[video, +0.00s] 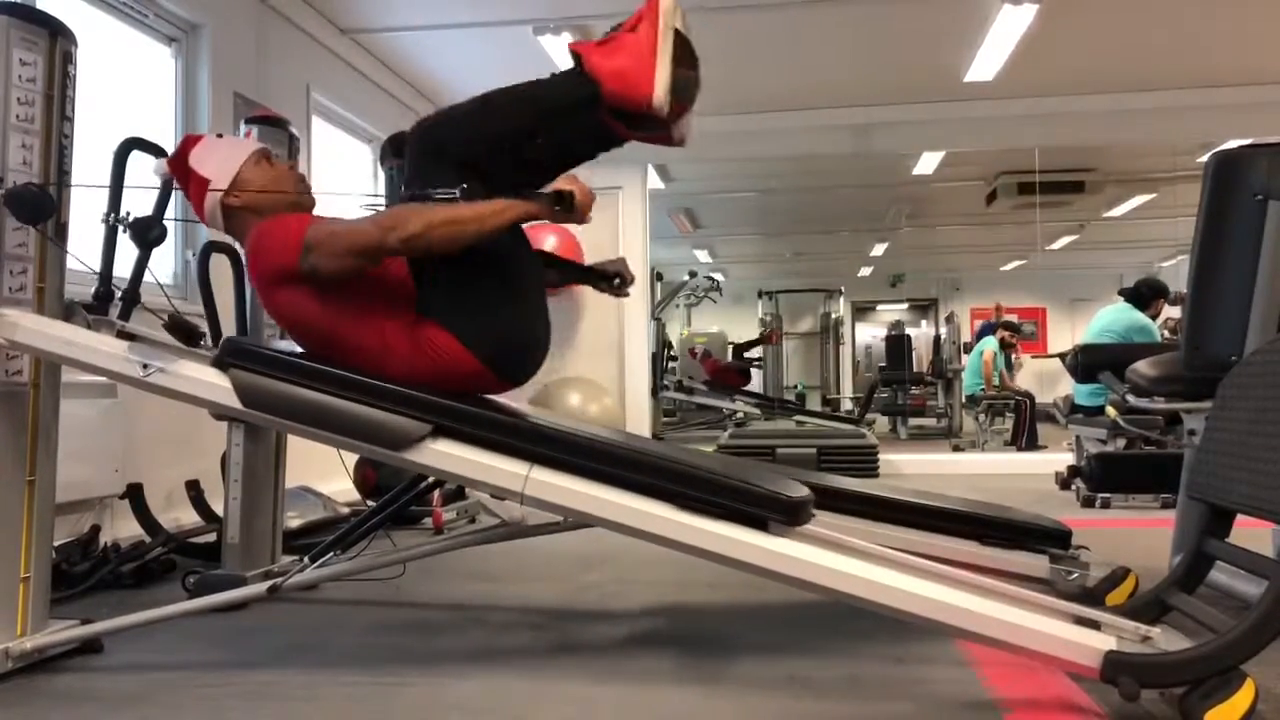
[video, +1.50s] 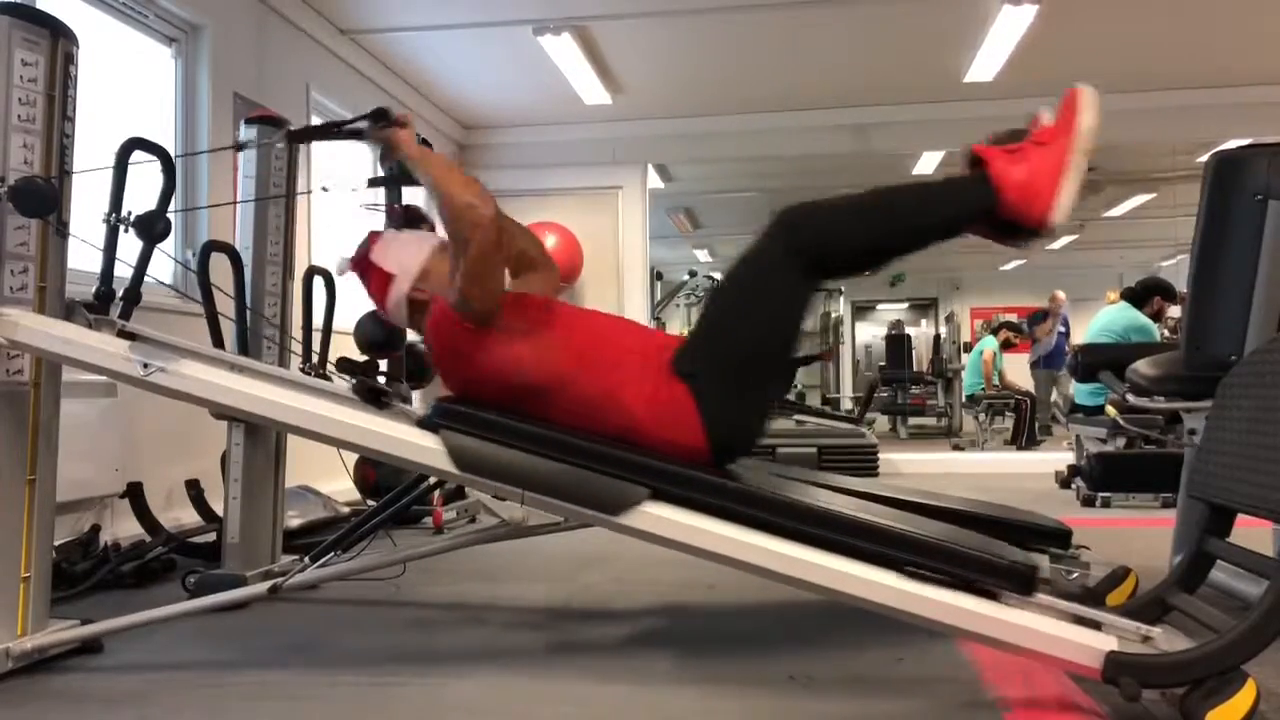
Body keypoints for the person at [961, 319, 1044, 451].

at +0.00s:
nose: (1014, 341)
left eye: (1016, 338)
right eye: (1011, 336)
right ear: (1001, 332)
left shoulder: (999, 352)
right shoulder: (991, 341)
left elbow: (1005, 383)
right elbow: (986, 360)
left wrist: (1020, 390)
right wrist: (989, 390)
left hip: (985, 391)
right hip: (976, 392)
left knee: (1027, 398)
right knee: (1025, 400)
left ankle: (1028, 443)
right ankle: (1022, 444)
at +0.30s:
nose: (1015, 342)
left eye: (1018, 340)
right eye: (1012, 337)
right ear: (1002, 331)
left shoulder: (1000, 352)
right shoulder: (992, 342)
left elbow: (1005, 382)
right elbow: (987, 360)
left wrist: (1019, 390)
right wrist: (989, 389)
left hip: (985, 392)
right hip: (976, 393)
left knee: (1028, 398)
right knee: (1024, 400)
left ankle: (1028, 442)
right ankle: (1021, 444)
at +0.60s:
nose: (1016, 343)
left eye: (1018, 340)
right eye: (1015, 338)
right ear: (1004, 332)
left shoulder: (998, 350)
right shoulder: (991, 342)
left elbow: (1005, 381)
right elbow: (987, 360)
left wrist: (1018, 389)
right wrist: (989, 389)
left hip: (985, 391)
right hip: (977, 393)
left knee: (1028, 398)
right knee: (1025, 400)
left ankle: (1026, 440)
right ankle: (1024, 442)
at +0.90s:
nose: (1017, 344)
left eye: (1019, 342)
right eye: (1015, 339)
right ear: (1005, 333)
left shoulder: (998, 350)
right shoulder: (991, 342)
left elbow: (1003, 380)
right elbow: (987, 361)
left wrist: (1017, 389)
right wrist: (989, 389)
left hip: (985, 392)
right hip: (977, 393)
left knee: (1027, 400)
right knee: (1026, 401)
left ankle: (1018, 441)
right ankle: (1025, 443)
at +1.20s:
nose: (1016, 343)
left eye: (1018, 340)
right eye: (1015, 338)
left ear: (1004, 334)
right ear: (1004, 332)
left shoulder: (997, 351)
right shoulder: (991, 341)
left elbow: (1004, 382)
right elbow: (987, 360)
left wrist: (1021, 390)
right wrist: (989, 389)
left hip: (984, 392)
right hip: (976, 393)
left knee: (1027, 399)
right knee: (1026, 400)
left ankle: (1019, 441)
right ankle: (1026, 443)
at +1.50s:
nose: (1017, 342)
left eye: (1018, 339)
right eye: (1015, 337)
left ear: (1004, 333)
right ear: (1004, 332)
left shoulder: (997, 350)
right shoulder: (991, 341)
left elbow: (1003, 381)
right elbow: (987, 360)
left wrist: (1019, 389)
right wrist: (989, 390)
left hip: (985, 391)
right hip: (976, 393)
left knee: (1029, 398)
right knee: (1025, 401)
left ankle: (1028, 439)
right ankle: (1022, 443)